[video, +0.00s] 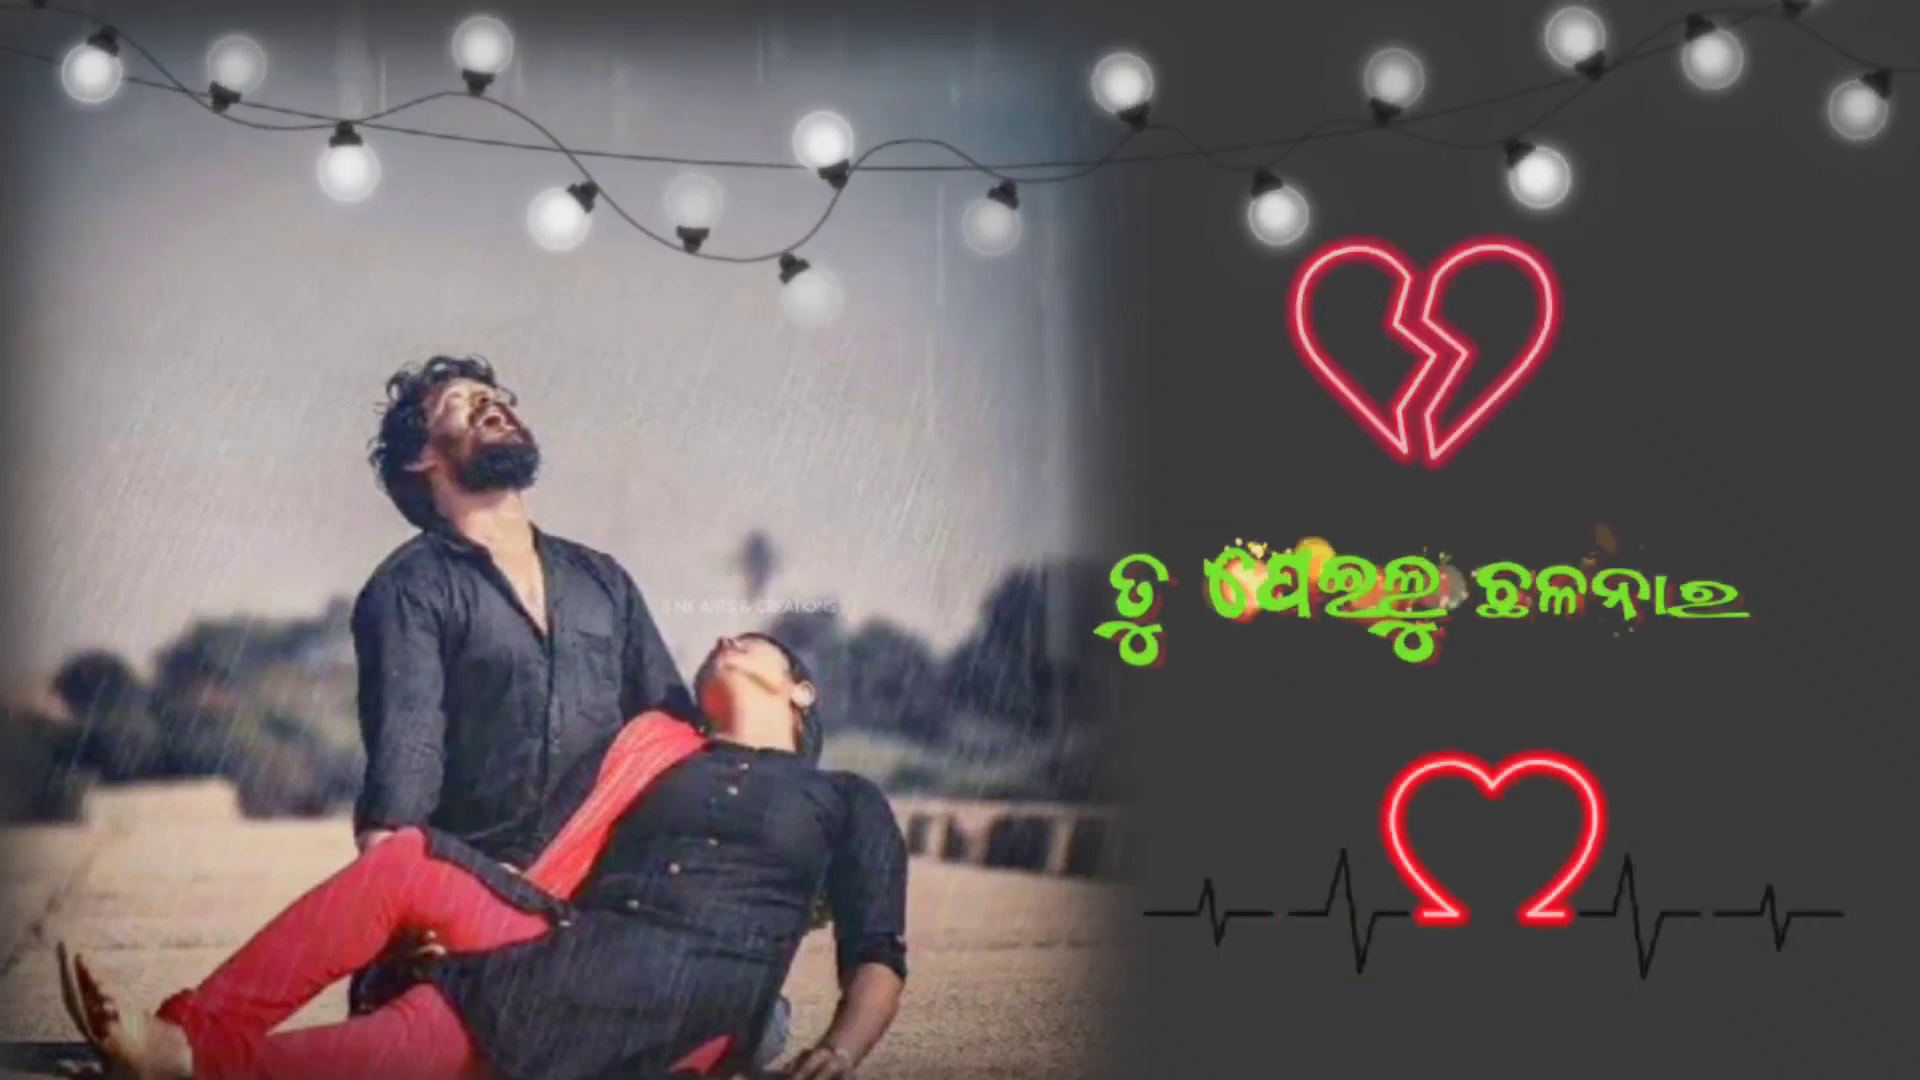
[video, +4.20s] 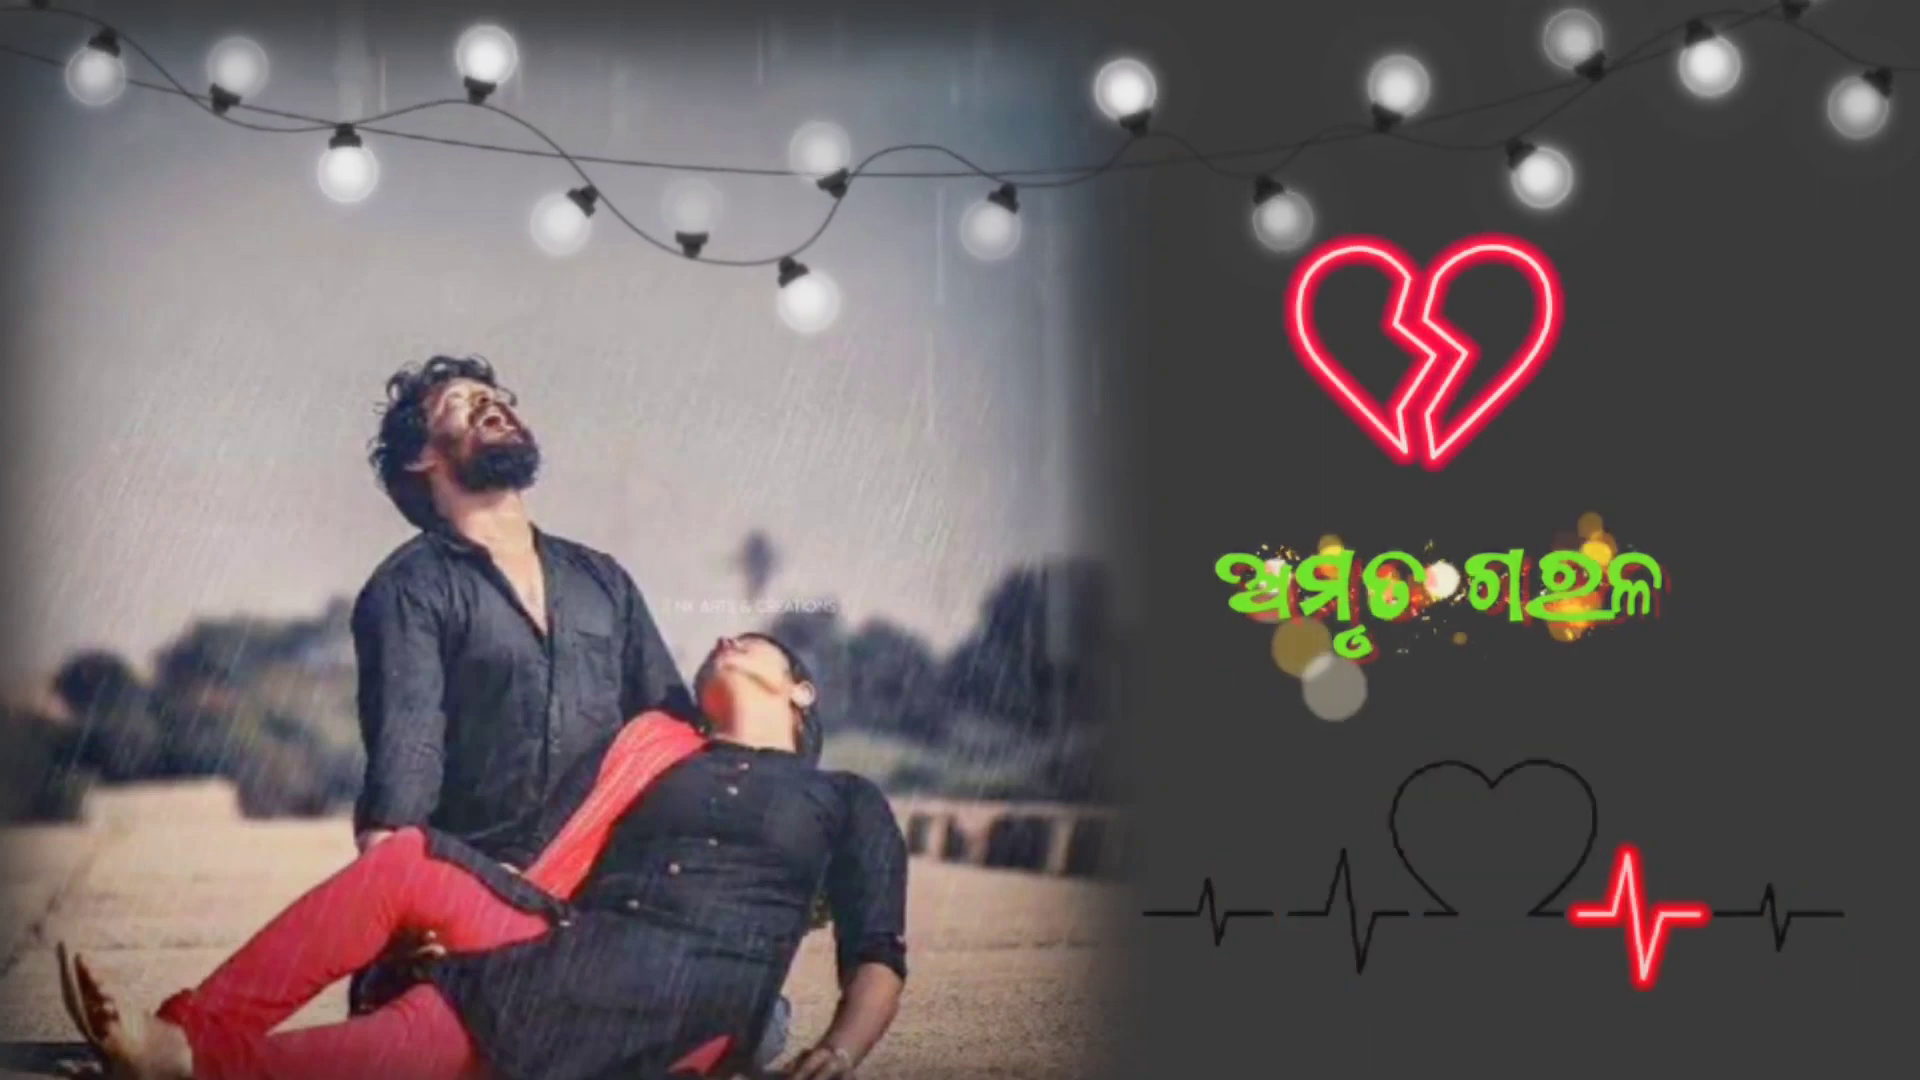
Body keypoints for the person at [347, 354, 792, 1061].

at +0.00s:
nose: (497, 408)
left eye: (502, 401)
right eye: (463, 406)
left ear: (525, 438)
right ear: (422, 462)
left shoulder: (602, 578)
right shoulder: (410, 588)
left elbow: (678, 728)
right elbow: (404, 753)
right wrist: (388, 901)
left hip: (617, 883)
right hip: (462, 890)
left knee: (761, 1021)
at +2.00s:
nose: (496, 408)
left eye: (502, 401)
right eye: (463, 406)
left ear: (525, 438)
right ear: (421, 462)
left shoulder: (602, 578)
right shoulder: (410, 587)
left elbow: (678, 728)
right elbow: (404, 753)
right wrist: (387, 904)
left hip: (617, 883)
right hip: (462, 890)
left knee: (760, 1022)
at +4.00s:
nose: (497, 409)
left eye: (501, 401)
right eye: (462, 406)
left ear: (524, 437)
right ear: (421, 462)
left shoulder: (603, 579)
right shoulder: (410, 588)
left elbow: (677, 728)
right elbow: (404, 747)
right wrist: (388, 893)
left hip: (614, 883)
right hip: (460, 889)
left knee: (761, 1020)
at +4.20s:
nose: (496, 409)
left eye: (501, 401)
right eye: (462, 406)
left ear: (524, 438)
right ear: (421, 462)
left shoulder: (603, 579)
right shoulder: (410, 588)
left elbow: (678, 728)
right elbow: (404, 747)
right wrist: (388, 893)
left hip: (614, 883)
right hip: (460, 889)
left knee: (761, 1020)